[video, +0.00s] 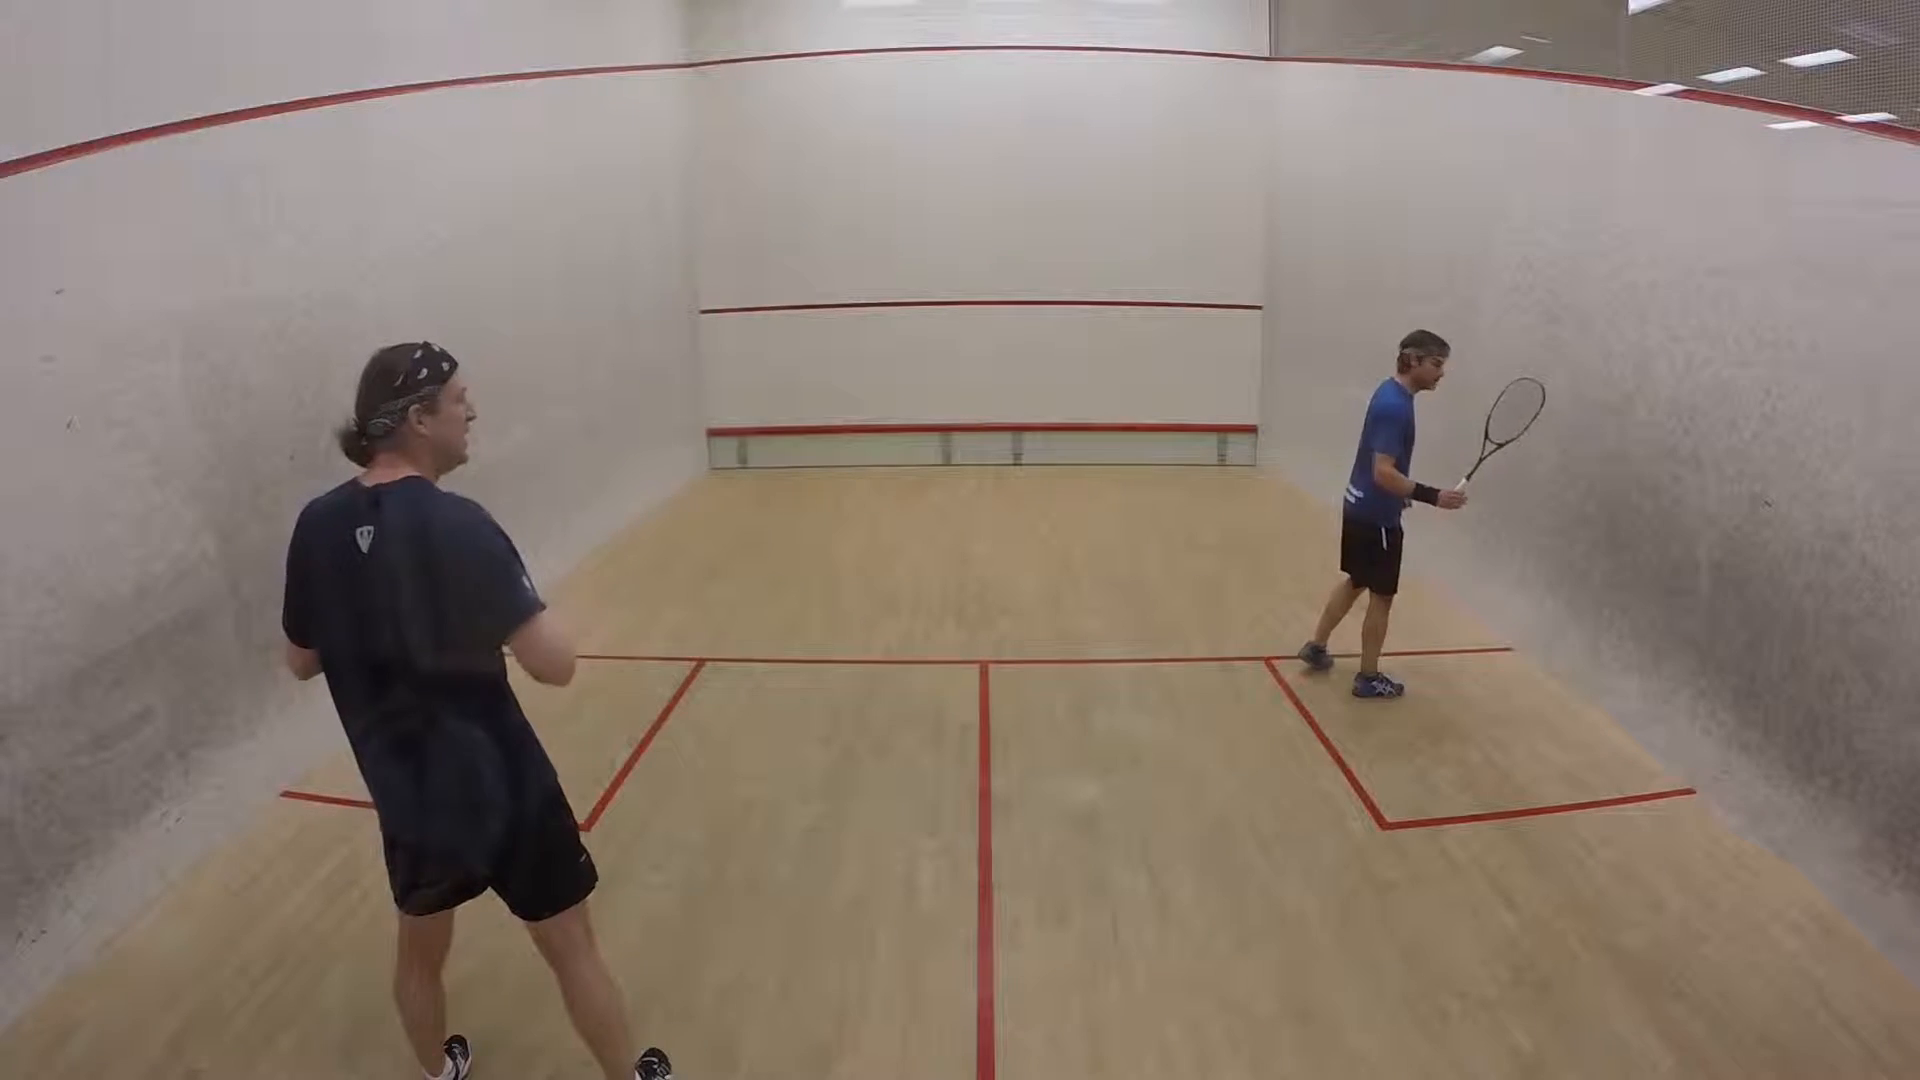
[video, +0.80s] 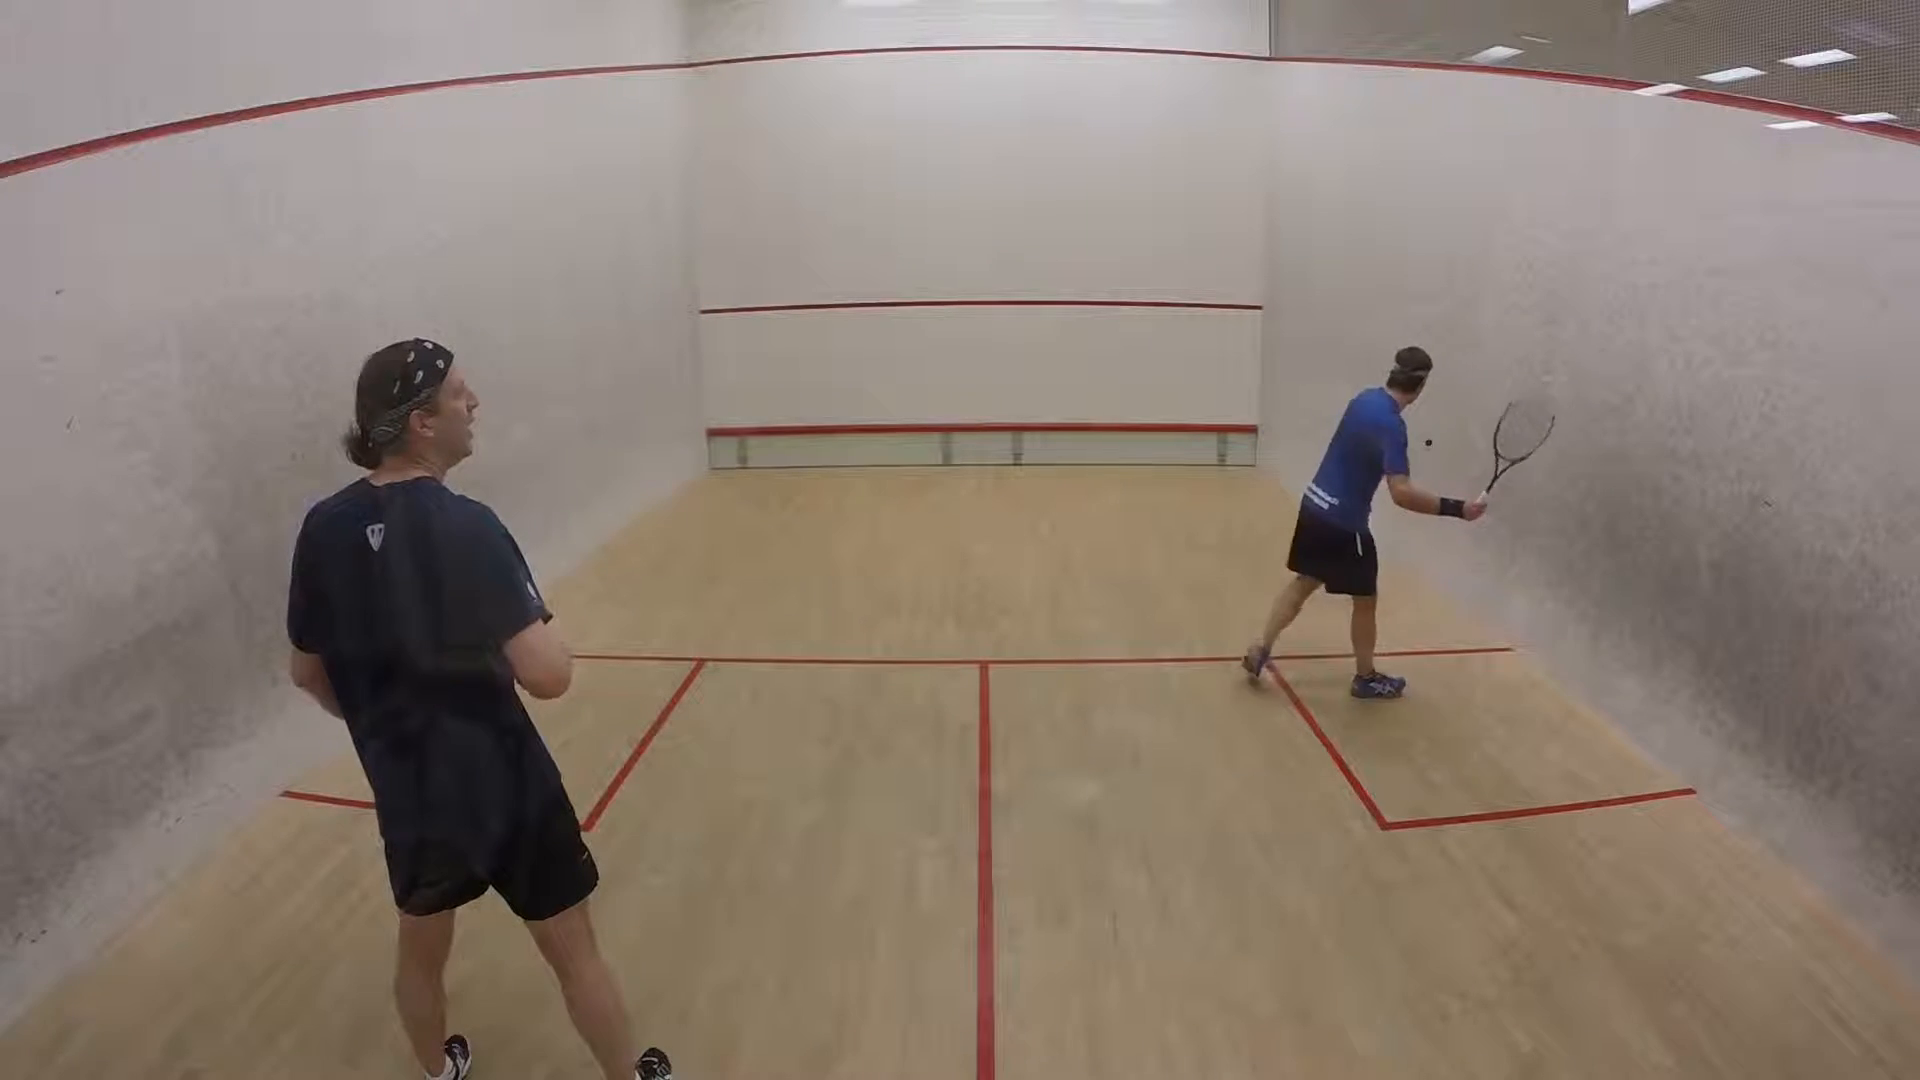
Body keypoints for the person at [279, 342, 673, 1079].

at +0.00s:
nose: (472, 416)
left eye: (467, 400)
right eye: (459, 404)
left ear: (390, 424)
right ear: (414, 421)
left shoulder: (319, 525)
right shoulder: (459, 525)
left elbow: (301, 658)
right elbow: (554, 665)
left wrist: (366, 603)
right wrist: (526, 611)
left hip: (407, 794)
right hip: (502, 782)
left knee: (420, 953)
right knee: (571, 948)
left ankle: (435, 1070)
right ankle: (631, 1071)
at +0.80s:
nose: (475, 407)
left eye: (469, 393)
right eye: (461, 398)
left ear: (398, 425)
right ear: (419, 423)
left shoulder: (325, 526)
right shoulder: (469, 526)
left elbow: (310, 670)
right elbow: (548, 675)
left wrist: (378, 710)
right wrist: (527, 625)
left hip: (407, 789)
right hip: (505, 779)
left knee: (421, 955)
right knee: (575, 954)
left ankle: (436, 1069)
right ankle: (632, 1070)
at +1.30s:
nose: (456, 407)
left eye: (449, 393)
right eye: (449, 396)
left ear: (365, 423)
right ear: (426, 417)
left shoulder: (317, 534)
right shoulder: (471, 521)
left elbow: (298, 688)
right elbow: (554, 667)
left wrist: (333, 777)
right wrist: (500, 654)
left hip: (404, 794)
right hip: (503, 779)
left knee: (418, 958)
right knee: (572, 953)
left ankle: (435, 1070)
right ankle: (630, 1072)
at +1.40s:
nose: (448, 408)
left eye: (442, 395)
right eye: (442, 398)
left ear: (358, 425)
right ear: (423, 417)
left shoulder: (313, 536)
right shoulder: (472, 517)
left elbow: (294, 691)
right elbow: (559, 661)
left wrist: (329, 782)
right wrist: (508, 658)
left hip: (401, 794)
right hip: (501, 779)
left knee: (417, 957)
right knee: (571, 955)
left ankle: (435, 1069)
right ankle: (629, 1072)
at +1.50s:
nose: (443, 408)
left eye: (436, 395)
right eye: (437, 398)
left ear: (351, 427)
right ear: (419, 419)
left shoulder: (308, 537)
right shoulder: (473, 513)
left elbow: (290, 691)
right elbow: (562, 654)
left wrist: (322, 785)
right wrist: (506, 659)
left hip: (393, 791)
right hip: (496, 776)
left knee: (415, 950)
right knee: (568, 951)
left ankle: (438, 1068)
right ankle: (630, 1072)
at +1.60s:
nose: (437, 410)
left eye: (429, 397)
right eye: (430, 400)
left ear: (345, 431)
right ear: (414, 421)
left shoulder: (305, 540)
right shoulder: (475, 512)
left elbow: (283, 695)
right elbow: (569, 643)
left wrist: (311, 796)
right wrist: (499, 657)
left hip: (387, 793)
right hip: (494, 775)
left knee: (411, 949)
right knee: (573, 940)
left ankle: (438, 1067)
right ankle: (631, 1071)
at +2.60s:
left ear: (181, 532)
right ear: (302, 497)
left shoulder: (124, 677)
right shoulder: (397, 659)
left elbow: (149, 802)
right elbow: (380, 758)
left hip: (249, 1009)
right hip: (401, 970)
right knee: (538, 1035)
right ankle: (585, 1070)